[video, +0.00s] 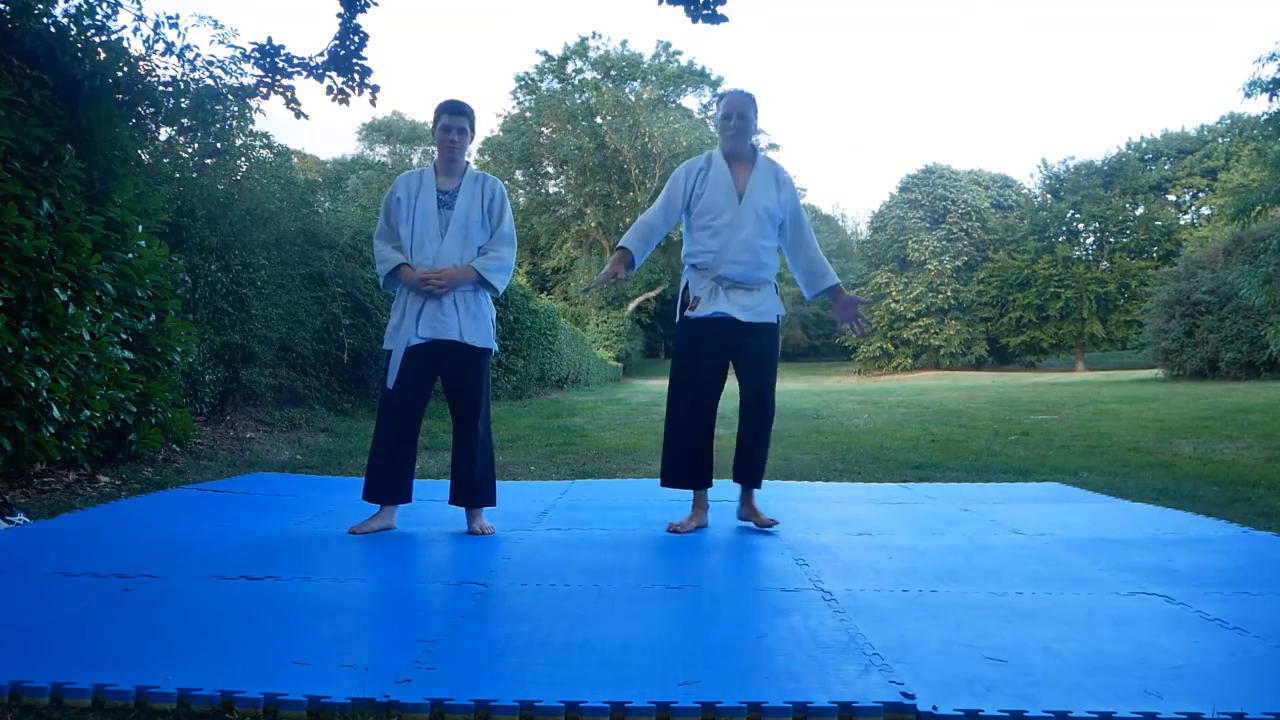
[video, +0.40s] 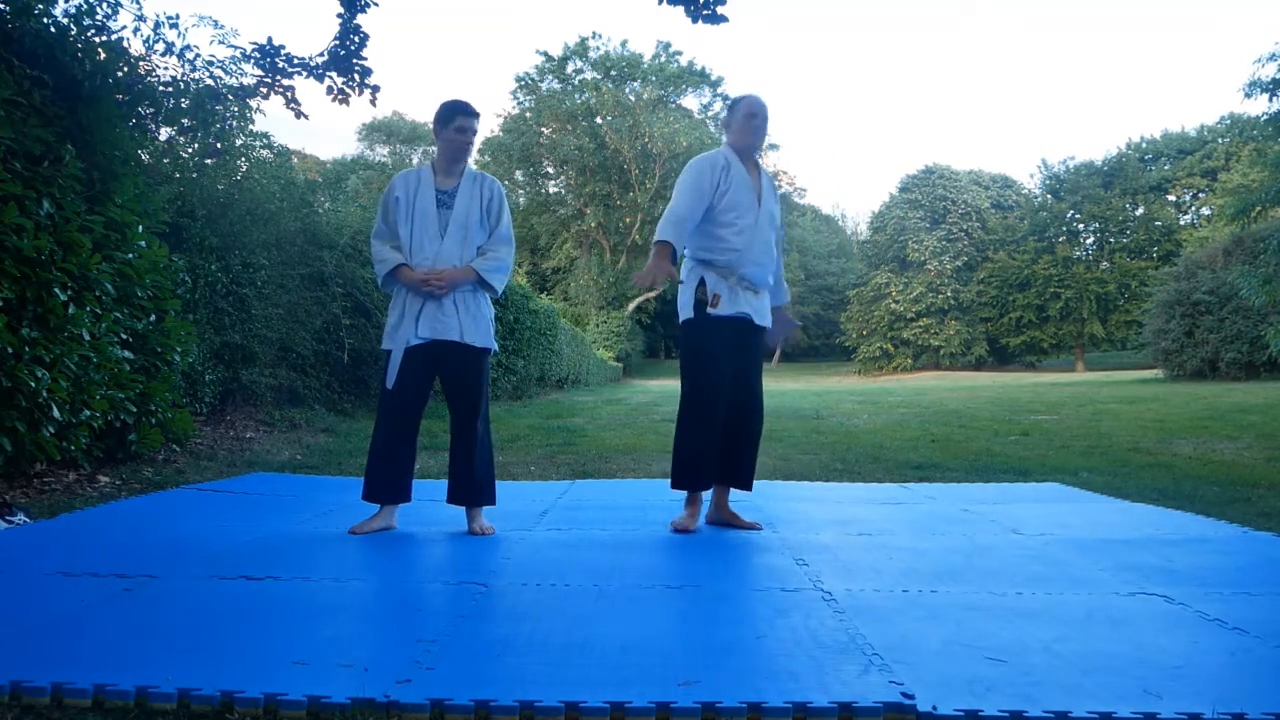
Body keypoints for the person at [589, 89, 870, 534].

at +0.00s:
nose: (732, 124)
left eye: (741, 117)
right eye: (726, 117)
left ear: (756, 124)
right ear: (716, 124)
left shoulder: (776, 177)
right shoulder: (694, 172)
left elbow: (801, 239)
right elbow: (657, 218)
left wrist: (834, 292)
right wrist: (625, 255)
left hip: (759, 303)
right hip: (703, 301)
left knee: (759, 406)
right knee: (696, 405)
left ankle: (748, 501)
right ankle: (699, 506)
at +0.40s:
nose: (756, 124)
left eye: (762, 118)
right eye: (749, 116)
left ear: (767, 129)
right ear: (727, 124)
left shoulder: (769, 187)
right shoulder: (708, 166)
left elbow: (774, 254)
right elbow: (678, 213)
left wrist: (779, 312)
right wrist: (661, 258)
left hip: (752, 304)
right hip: (707, 297)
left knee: (744, 403)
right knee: (703, 400)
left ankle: (721, 505)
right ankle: (692, 505)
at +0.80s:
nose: (766, 139)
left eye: (767, 132)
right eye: (761, 129)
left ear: (741, 126)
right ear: (736, 124)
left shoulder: (737, 171)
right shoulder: (715, 158)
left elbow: (719, 233)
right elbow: (694, 222)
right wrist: (691, 285)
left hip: (728, 302)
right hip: (700, 298)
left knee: (731, 404)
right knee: (689, 402)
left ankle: (720, 503)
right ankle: (660, 508)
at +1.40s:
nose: (740, 132)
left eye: (739, 124)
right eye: (735, 122)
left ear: (705, 121)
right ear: (714, 119)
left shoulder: (693, 156)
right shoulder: (700, 155)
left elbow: (682, 226)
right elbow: (687, 222)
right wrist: (679, 290)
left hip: (685, 297)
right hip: (687, 299)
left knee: (676, 399)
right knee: (681, 400)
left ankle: (653, 500)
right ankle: (655, 505)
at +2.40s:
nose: (738, 140)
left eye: (740, 133)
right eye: (735, 131)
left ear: (707, 124)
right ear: (714, 124)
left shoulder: (691, 158)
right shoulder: (695, 157)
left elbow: (667, 226)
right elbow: (674, 224)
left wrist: (654, 291)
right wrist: (656, 292)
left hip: (683, 294)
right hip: (680, 296)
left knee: (679, 400)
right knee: (676, 400)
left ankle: (654, 503)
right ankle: (651, 507)